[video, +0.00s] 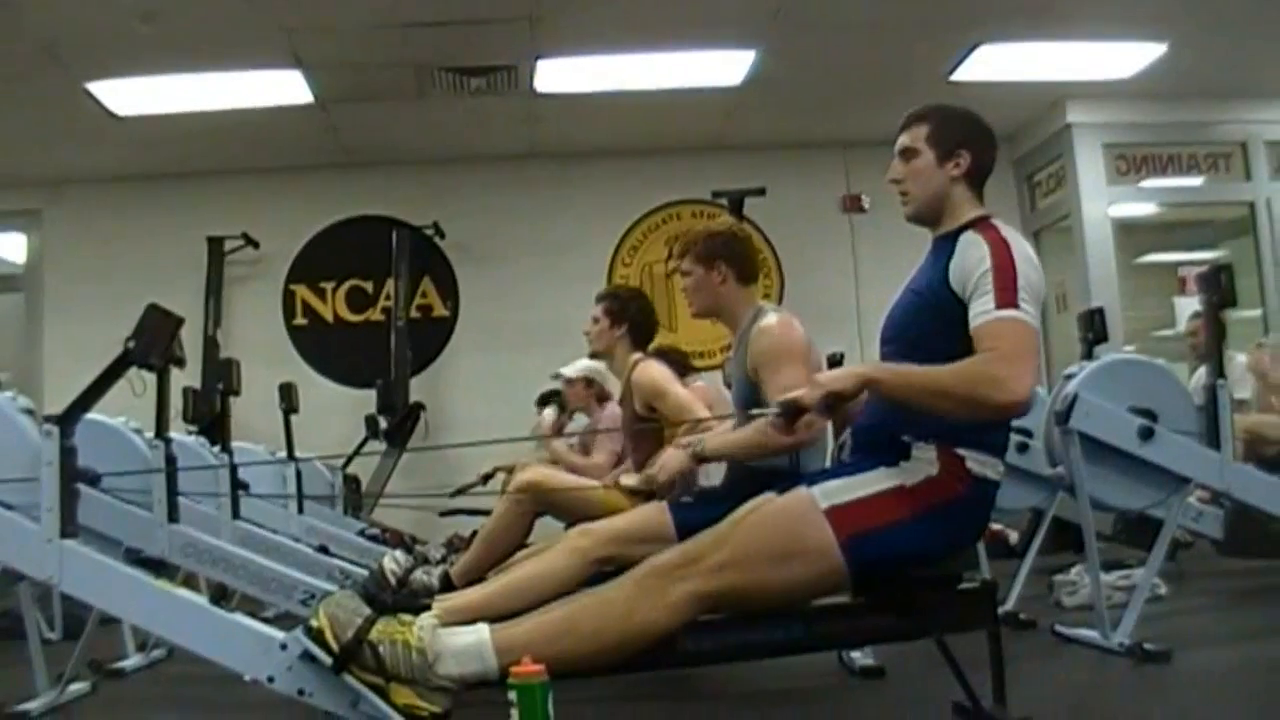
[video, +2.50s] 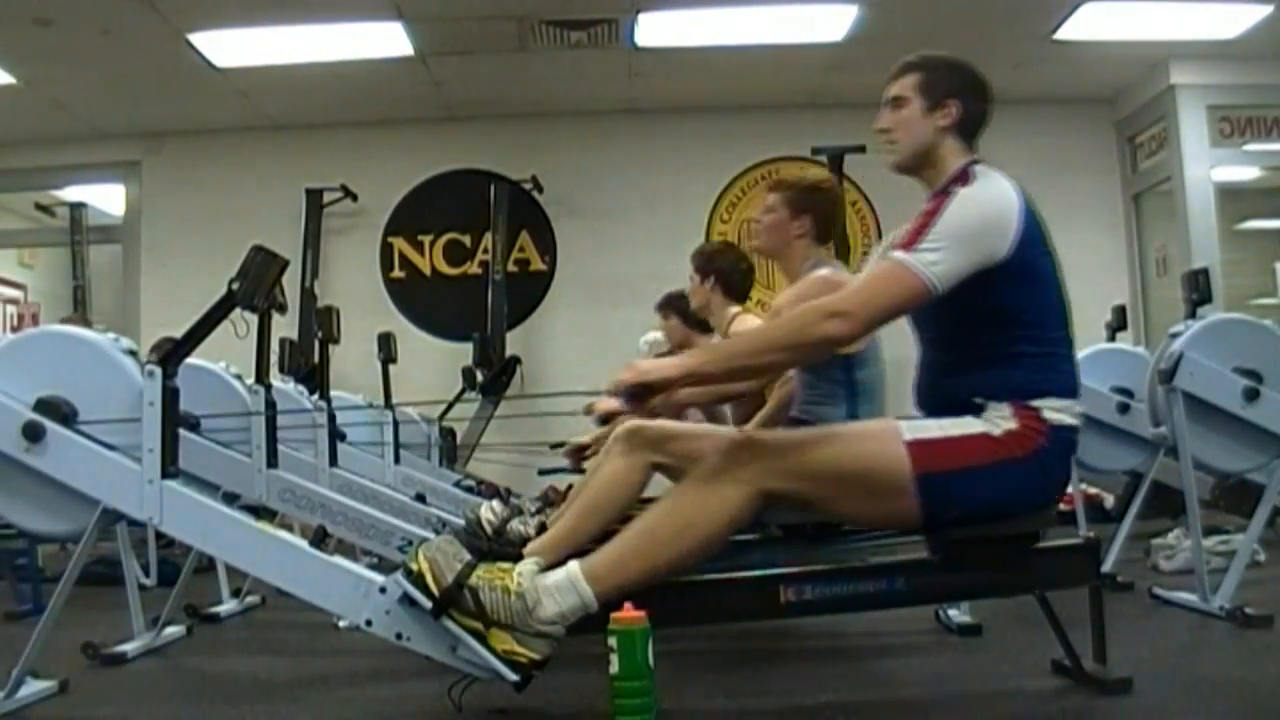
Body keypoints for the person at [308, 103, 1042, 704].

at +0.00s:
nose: (895, 178)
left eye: (908, 160)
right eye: (896, 162)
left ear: (959, 164)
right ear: (942, 168)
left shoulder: (987, 245)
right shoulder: (944, 259)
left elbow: (1011, 381)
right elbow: (908, 400)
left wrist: (869, 376)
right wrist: (829, 417)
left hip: (933, 478)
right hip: (887, 471)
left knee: (696, 573)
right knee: (665, 556)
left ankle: (455, 661)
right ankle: (452, 649)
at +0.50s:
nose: (803, 186)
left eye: (816, 169)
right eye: (802, 173)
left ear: (869, 173)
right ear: (852, 184)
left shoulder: (911, 254)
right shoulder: (858, 285)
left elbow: (913, 421)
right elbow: (826, 425)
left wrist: (771, 450)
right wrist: (752, 472)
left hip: (914, 493)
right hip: (865, 488)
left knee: (673, 564)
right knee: (657, 554)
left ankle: (432, 664)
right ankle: (423, 653)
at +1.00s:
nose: (596, 158)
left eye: (610, 141)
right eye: (599, 144)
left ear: (660, 147)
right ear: (656, 152)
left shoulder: (713, 221)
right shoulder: (684, 231)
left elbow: (588, 375)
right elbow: (596, 370)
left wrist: (454, 463)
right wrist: (460, 455)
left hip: (812, 451)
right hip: (767, 440)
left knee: (575, 405)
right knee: (556, 405)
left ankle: (438, 608)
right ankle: (431, 592)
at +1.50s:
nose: (529, 171)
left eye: (541, 154)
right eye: (532, 155)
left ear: (583, 158)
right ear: (588, 162)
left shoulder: (640, 233)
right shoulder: (621, 240)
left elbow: (506, 383)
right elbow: (523, 403)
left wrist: (377, 466)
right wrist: (416, 474)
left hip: (759, 460)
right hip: (741, 455)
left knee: (550, 360)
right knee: (545, 363)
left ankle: (534, 586)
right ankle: (533, 575)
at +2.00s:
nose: (662, 144)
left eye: (678, 128)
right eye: (667, 129)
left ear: (725, 135)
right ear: (723, 138)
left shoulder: (765, 216)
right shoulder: (728, 225)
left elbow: (629, 360)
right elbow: (628, 357)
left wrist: (482, 422)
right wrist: (494, 431)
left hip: (854, 453)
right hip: (811, 445)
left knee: (631, 370)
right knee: (613, 377)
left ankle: (540, 594)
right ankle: (531, 581)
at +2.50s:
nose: (879, 125)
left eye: (896, 107)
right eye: (883, 111)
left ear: (950, 117)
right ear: (939, 122)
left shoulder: (983, 202)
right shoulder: (944, 210)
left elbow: (842, 322)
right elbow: (826, 316)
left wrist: (679, 369)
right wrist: (681, 377)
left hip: (1014, 440)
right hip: (969, 436)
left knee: (753, 457)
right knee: (730, 458)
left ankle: (548, 605)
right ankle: (539, 596)